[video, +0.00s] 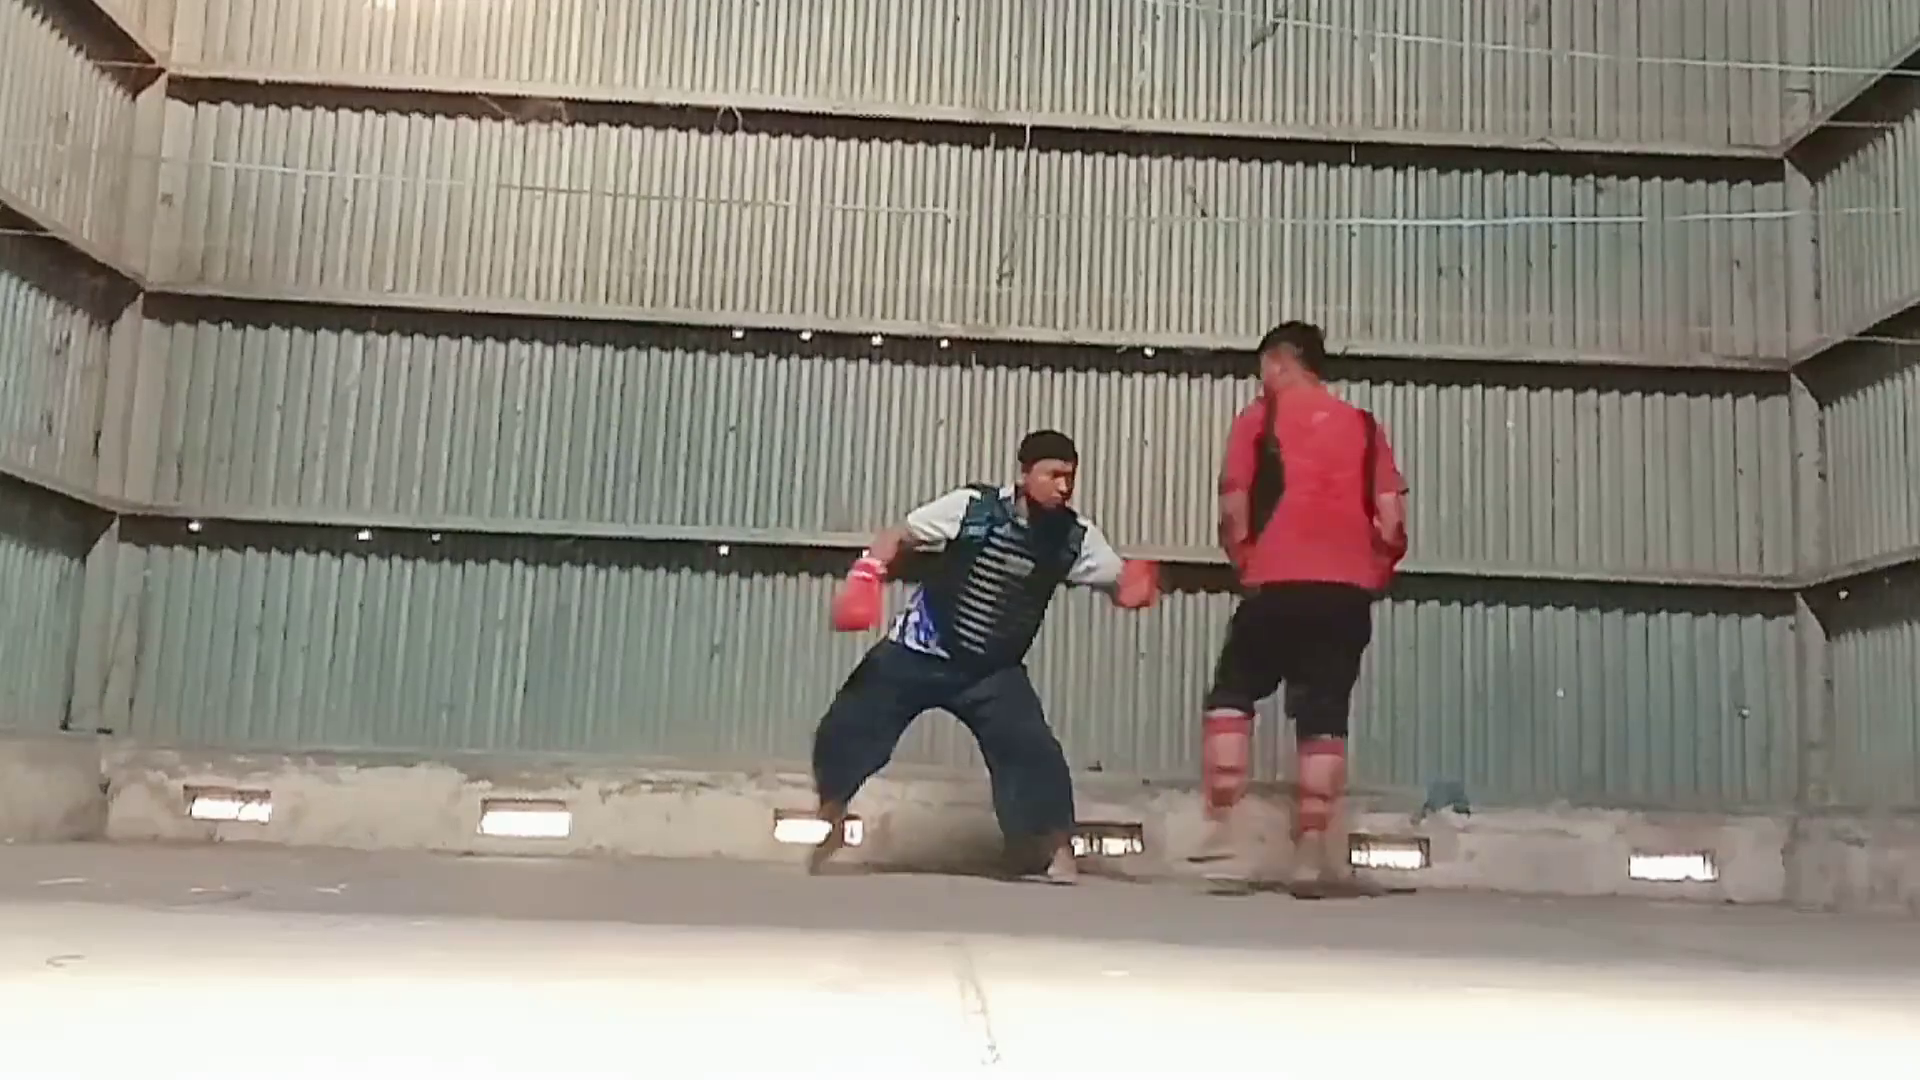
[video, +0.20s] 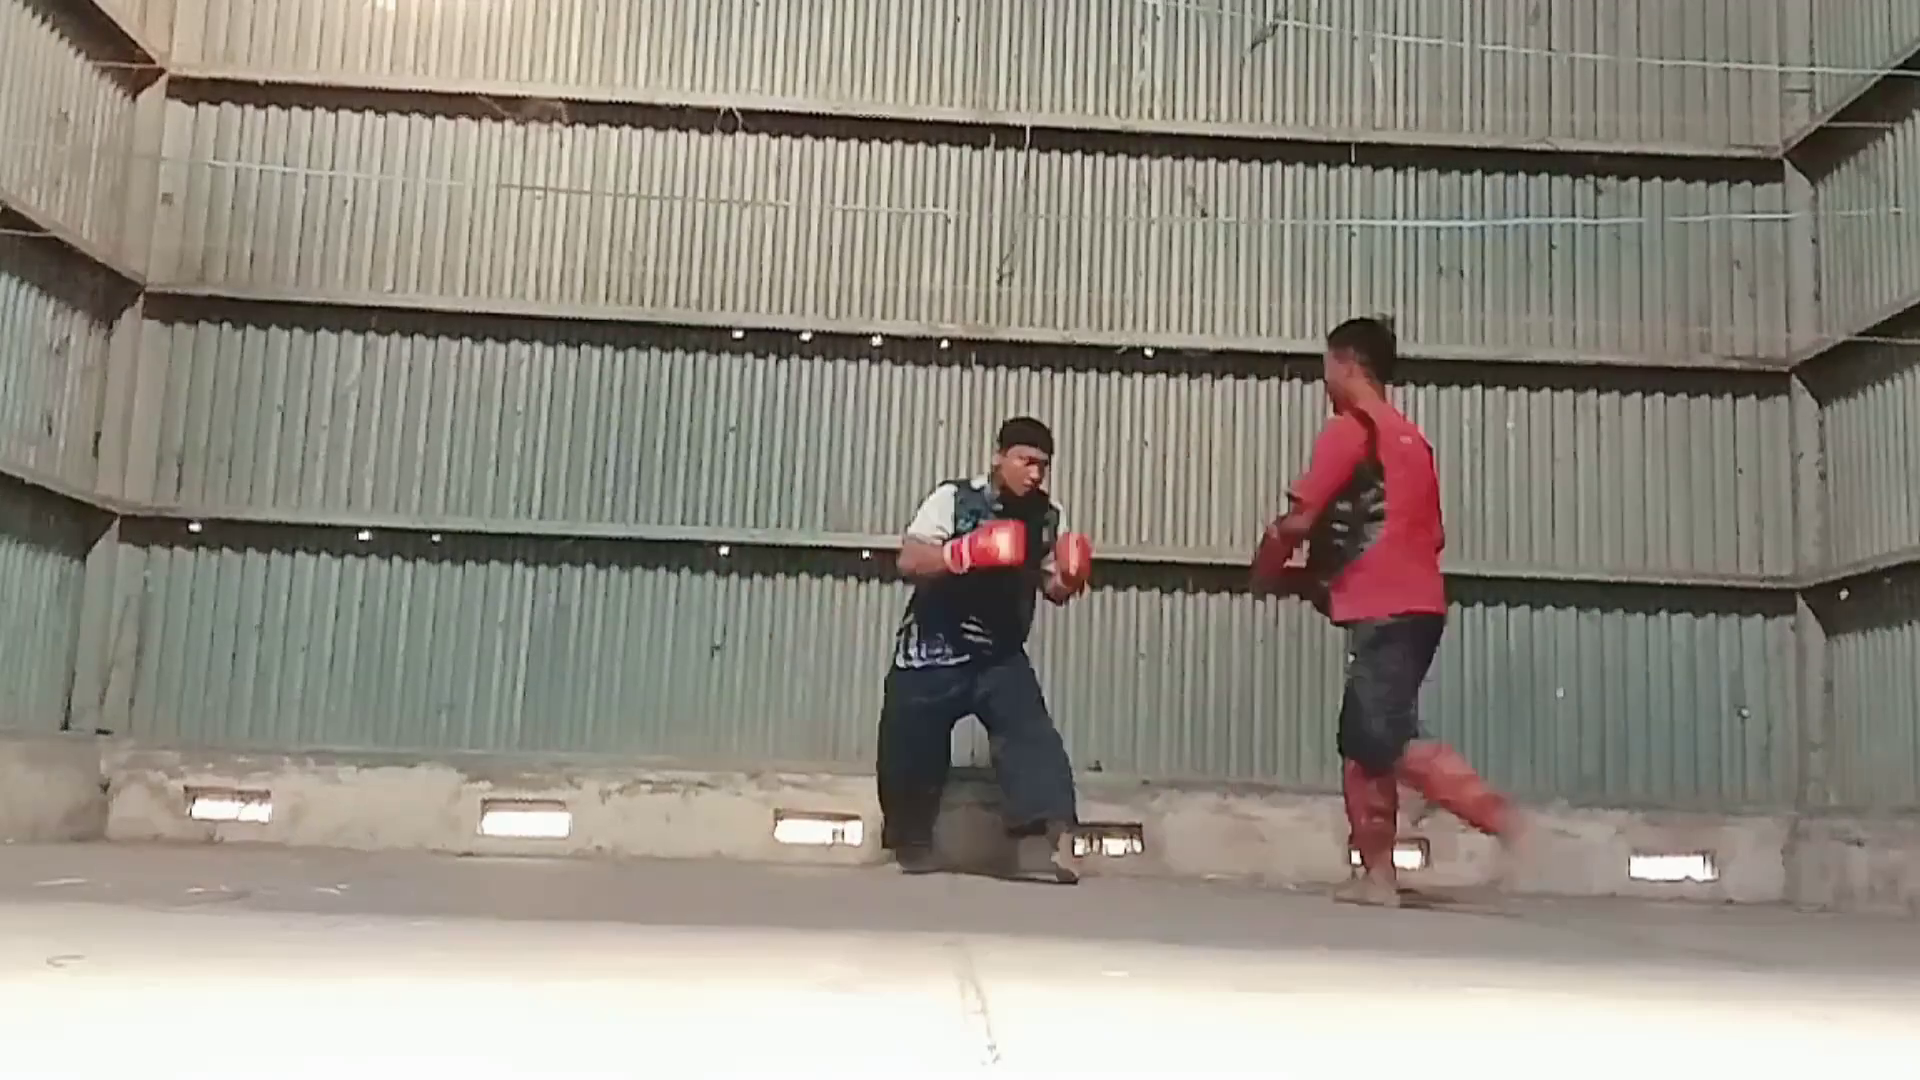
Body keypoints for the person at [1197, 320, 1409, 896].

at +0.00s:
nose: (1261, 380)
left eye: (1262, 370)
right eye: (1261, 372)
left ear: (1280, 362)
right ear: (1318, 365)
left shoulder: (1258, 415)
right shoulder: (1365, 423)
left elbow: (1234, 503)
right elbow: (1391, 521)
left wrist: (1247, 567)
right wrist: (1371, 576)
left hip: (1276, 593)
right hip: (1346, 595)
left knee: (1230, 700)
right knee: (1323, 715)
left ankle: (1225, 831)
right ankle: (1314, 854)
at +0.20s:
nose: (1324, 380)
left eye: (1328, 367)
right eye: (1325, 368)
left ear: (1350, 366)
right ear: (1375, 370)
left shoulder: (1350, 427)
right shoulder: (1411, 436)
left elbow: (1303, 513)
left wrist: (1273, 550)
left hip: (1390, 610)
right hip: (1414, 608)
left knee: (1383, 735)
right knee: (1363, 737)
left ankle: (1509, 825)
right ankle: (1377, 876)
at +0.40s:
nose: (1363, 392)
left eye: (1370, 379)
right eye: (1366, 380)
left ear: (1395, 383)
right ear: (1405, 384)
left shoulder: (1432, 445)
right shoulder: (1410, 453)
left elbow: (1418, 538)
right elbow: (1428, 554)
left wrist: (1354, 583)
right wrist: (1384, 600)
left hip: (1486, 627)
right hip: (1442, 632)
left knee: (1539, 752)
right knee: (1383, 743)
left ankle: (1618, 889)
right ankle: (1389, 876)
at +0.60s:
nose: (1364, 360)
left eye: (1369, 347)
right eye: (1366, 348)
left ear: (1392, 349)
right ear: (1403, 350)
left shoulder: (1457, 408)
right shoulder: (1401, 425)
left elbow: (1497, 496)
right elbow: (1423, 520)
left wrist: (1494, 584)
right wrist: (1387, 566)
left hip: (1498, 594)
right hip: (1440, 605)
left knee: (1542, 732)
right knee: (1417, 731)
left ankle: (1608, 874)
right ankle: (1432, 876)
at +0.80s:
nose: (1352, 354)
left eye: (1358, 341)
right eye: (1354, 342)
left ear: (1386, 341)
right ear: (1385, 343)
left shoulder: (1463, 396)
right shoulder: (1378, 431)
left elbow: (1547, 458)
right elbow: (1373, 519)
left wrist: (1540, 536)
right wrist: (1353, 565)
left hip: (1491, 597)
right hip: (1420, 608)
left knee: (1508, 722)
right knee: (1410, 738)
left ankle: (1570, 867)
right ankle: (1435, 881)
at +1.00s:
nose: (1366, 347)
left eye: (1372, 334)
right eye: (1367, 335)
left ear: (1401, 332)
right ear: (1403, 334)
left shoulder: (1479, 398)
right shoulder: (1393, 419)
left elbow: (1527, 482)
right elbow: (1392, 513)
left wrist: (1454, 545)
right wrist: (1363, 546)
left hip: (1489, 613)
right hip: (1414, 610)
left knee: (1520, 738)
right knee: (1346, 711)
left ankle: (1538, 890)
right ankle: (1399, 849)